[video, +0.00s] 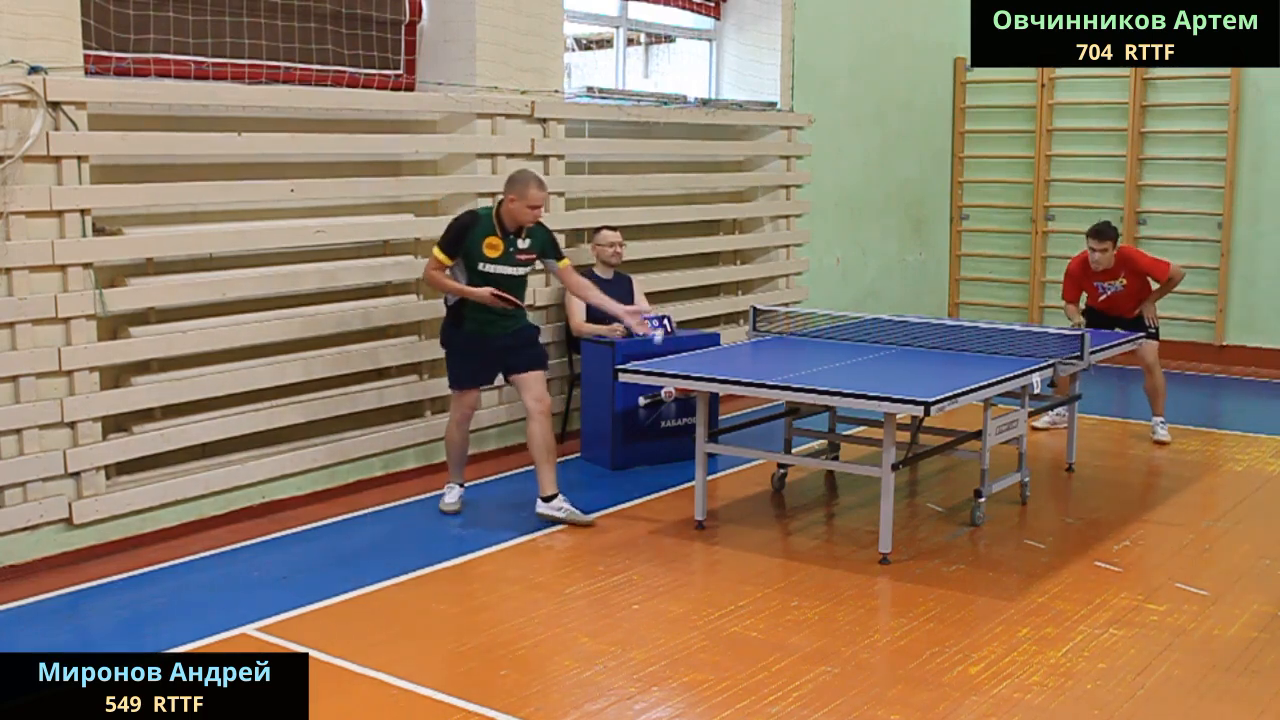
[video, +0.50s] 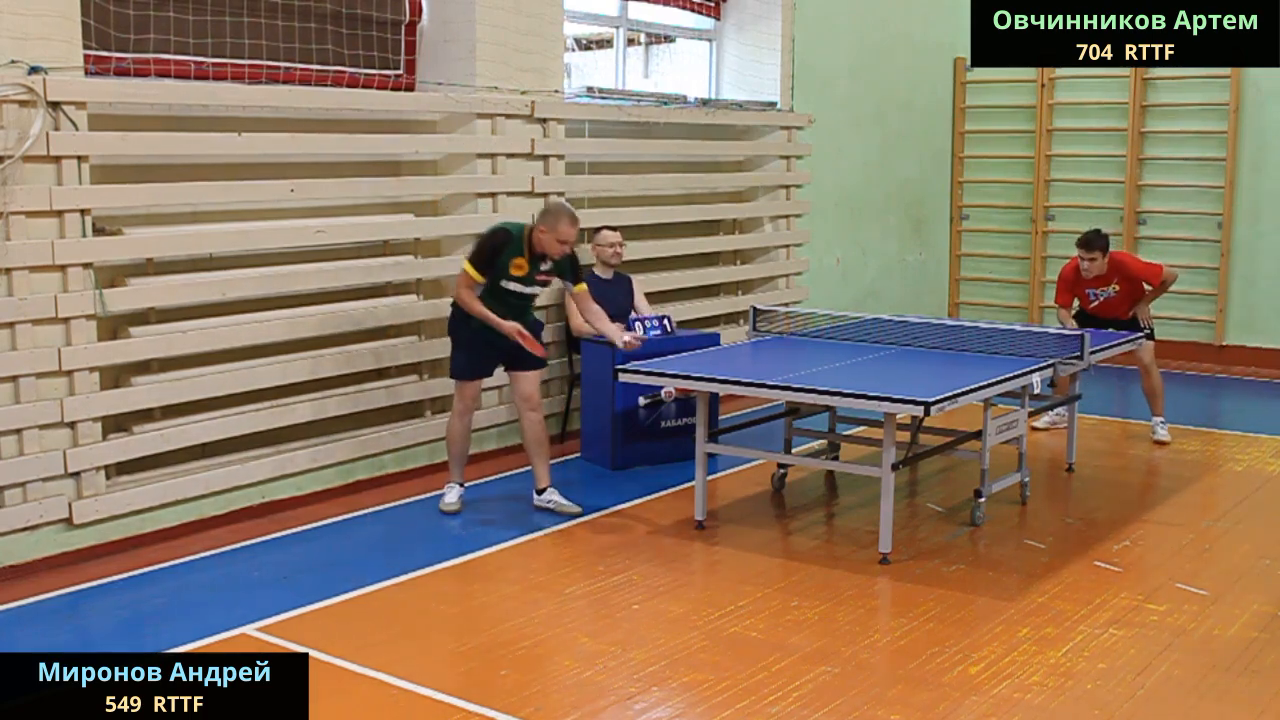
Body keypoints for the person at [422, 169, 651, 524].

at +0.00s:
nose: (539, 216)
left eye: (542, 209)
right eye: (534, 208)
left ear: (537, 205)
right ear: (509, 200)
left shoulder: (538, 236)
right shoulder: (469, 225)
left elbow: (573, 280)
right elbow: (431, 274)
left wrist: (622, 311)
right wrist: (473, 292)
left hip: (515, 329)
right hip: (469, 332)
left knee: (540, 405)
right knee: (463, 411)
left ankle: (549, 497)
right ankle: (454, 484)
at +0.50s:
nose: (568, 250)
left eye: (571, 244)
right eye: (562, 242)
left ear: (573, 238)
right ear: (540, 231)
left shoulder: (565, 258)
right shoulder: (500, 239)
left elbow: (586, 303)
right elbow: (462, 292)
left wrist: (617, 335)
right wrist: (500, 324)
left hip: (520, 325)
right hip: (476, 322)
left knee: (531, 402)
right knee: (465, 403)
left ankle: (544, 490)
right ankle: (454, 484)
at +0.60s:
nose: (577, 260)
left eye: (581, 254)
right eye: (573, 253)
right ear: (551, 241)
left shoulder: (575, 266)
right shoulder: (512, 248)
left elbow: (595, 309)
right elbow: (482, 309)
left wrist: (623, 341)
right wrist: (529, 337)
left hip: (527, 323)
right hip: (480, 320)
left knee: (534, 401)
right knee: (468, 401)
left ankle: (544, 490)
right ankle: (455, 484)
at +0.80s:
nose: (589, 269)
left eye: (592, 263)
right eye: (584, 262)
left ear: (594, 257)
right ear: (563, 251)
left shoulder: (584, 267)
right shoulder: (531, 260)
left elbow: (608, 309)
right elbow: (525, 329)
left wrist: (635, 336)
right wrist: (576, 349)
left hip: (529, 321)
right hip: (485, 321)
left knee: (537, 400)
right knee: (471, 403)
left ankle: (544, 489)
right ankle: (454, 483)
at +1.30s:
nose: (566, 275)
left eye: (569, 268)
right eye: (560, 267)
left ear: (570, 265)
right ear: (537, 262)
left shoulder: (561, 286)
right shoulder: (504, 272)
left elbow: (582, 331)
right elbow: (475, 331)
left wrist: (622, 350)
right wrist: (529, 330)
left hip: (513, 340)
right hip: (466, 341)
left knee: (555, 402)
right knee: (469, 428)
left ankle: (583, 490)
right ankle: (451, 488)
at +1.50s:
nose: (568, 282)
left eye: (570, 275)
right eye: (560, 276)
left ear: (570, 274)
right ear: (537, 276)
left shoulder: (565, 302)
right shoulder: (501, 293)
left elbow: (597, 344)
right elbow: (476, 351)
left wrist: (639, 353)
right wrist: (524, 339)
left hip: (526, 361)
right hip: (481, 368)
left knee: (578, 410)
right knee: (488, 450)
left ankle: (599, 498)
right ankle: (455, 487)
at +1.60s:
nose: (566, 277)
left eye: (567, 270)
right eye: (558, 271)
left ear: (568, 269)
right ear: (534, 273)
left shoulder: (567, 296)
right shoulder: (499, 297)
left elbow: (608, 333)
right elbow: (475, 352)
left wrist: (647, 336)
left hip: (535, 363)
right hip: (491, 367)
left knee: (587, 411)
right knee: (493, 457)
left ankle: (599, 498)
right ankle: (457, 487)